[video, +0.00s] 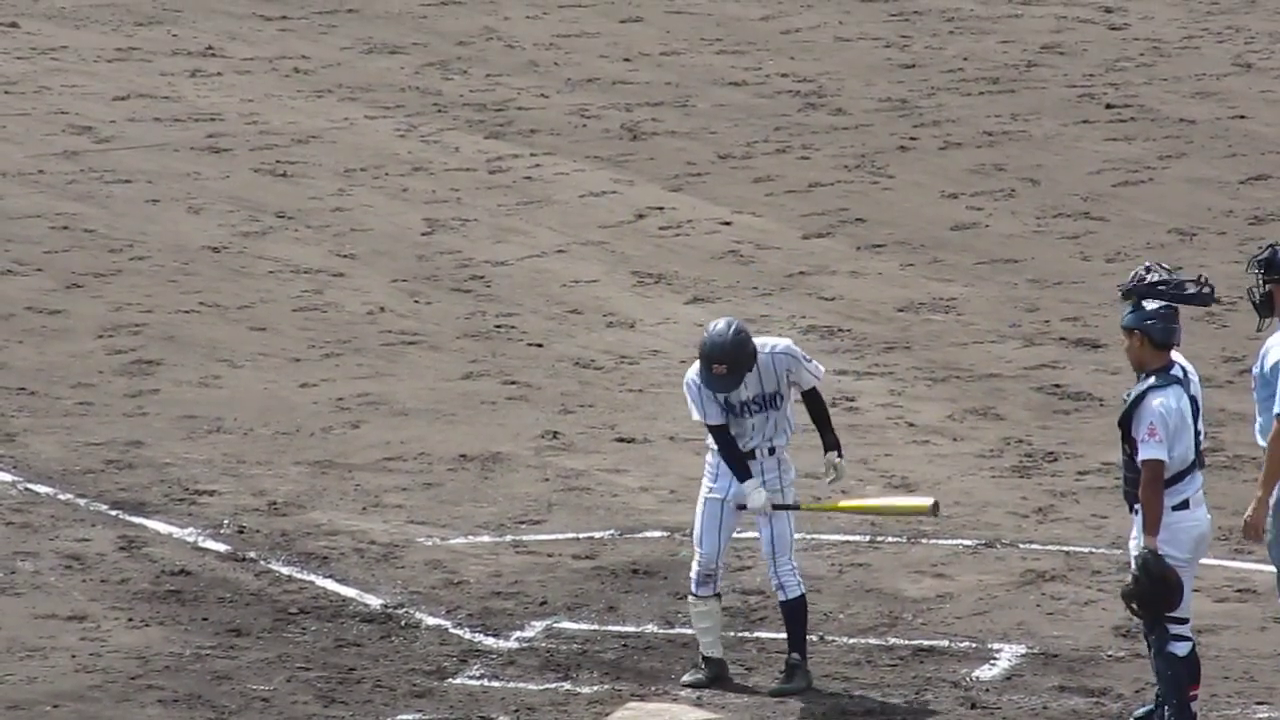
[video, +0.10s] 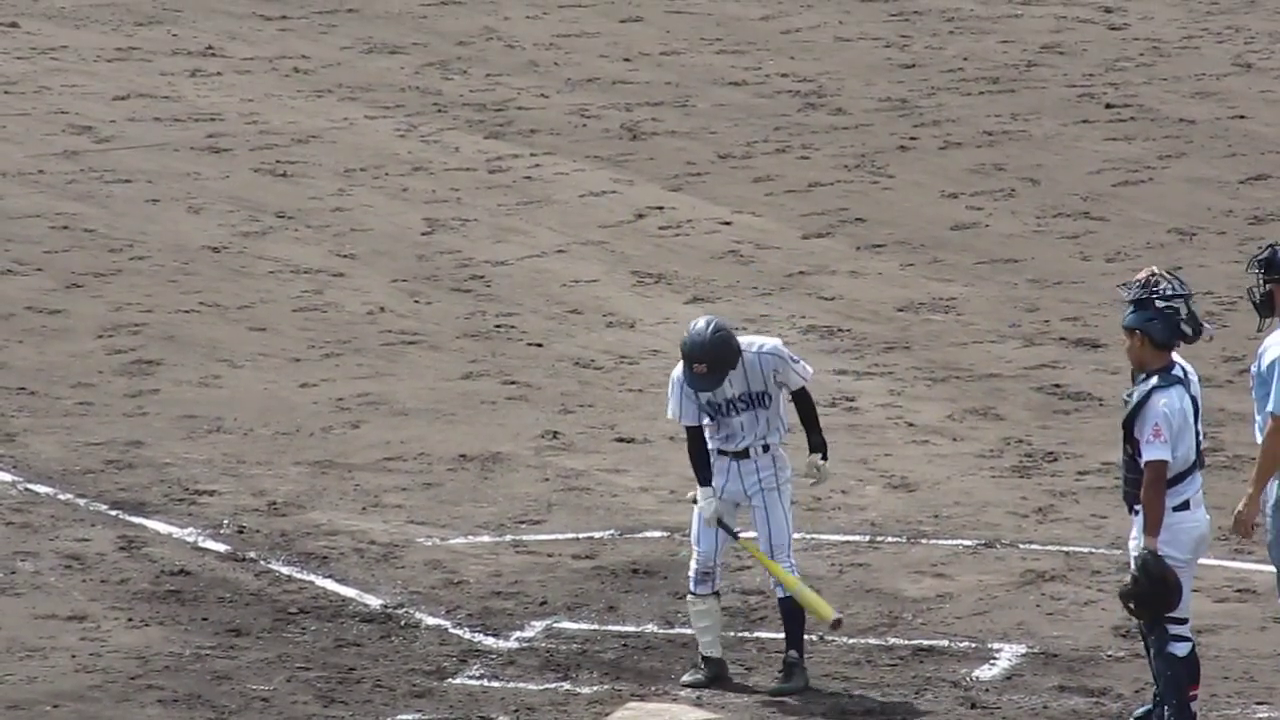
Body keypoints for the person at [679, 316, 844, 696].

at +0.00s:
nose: (719, 379)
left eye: (727, 372)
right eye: (713, 372)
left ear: (747, 359)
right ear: (705, 360)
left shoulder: (781, 355)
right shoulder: (698, 380)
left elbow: (811, 394)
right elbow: (722, 439)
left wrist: (832, 448)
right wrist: (749, 483)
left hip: (771, 469)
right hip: (722, 469)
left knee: (781, 568)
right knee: (704, 565)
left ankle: (797, 664)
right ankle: (711, 661)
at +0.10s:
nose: (701, 382)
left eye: (708, 375)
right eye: (695, 375)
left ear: (730, 359)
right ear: (688, 360)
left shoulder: (769, 356)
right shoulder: (685, 377)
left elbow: (800, 394)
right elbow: (694, 436)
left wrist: (818, 448)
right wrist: (706, 491)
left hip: (766, 466)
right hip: (717, 468)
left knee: (781, 564)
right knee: (703, 564)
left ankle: (794, 663)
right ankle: (711, 662)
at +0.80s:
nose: (684, 383)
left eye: (690, 376)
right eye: (681, 375)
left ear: (714, 365)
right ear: (682, 364)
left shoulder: (764, 364)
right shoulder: (692, 374)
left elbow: (806, 408)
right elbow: (654, 407)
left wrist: (803, 467)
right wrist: (605, 416)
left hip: (783, 471)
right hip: (739, 472)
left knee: (784, 570)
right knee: (715, 567)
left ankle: (810, 663)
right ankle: (714, 664)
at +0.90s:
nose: (701, 382)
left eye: (708, 376)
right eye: (698, 374)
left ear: (732, 365)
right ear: (696, 363)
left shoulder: (780, 367)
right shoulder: (700, 374)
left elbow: (816, 412)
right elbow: (668, 414)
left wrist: (812, 472)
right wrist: (621, 437)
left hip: (788, 474)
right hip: (743, 475)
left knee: (789, 575)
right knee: (716, 568)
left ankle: (811, 665)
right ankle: (711, 662)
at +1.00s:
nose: (727, 385)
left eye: (734, 379)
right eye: (722, 377)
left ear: (755, 366)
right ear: (717, 363)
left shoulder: (800, 370)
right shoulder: (717, 376)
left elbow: (829, 414)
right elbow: (696, 428)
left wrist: (829, 476)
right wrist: (659, 466)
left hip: (797, 474)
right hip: (750, 475)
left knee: (798, 573)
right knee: (724, 566)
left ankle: (813, 666)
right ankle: (712, 661)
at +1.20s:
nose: (766, 377)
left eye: (774, 372)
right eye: (761, 369)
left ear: (794, 361)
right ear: (754, 357)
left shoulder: (826, 370)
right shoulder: (739, 371)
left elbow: (847, 416)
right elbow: (742, 436)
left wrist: (856, 474)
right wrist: (743, 488)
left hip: (800, 474)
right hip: (751, 472)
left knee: (802, 571)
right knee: (723, 566)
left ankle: (813, 665)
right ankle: (715, 659)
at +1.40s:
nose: (783, 367)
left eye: (791, 361)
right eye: (778, 360)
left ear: (808, 354)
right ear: (769, 352)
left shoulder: (833, 364)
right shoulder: (750, 371)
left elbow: (847, 411)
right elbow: (768, 432)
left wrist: (861, 467)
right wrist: (798, 476)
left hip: (802, 472)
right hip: (750, 468)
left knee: (803, 570)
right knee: (712, 565)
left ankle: (813, 664)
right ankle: (714, 631)